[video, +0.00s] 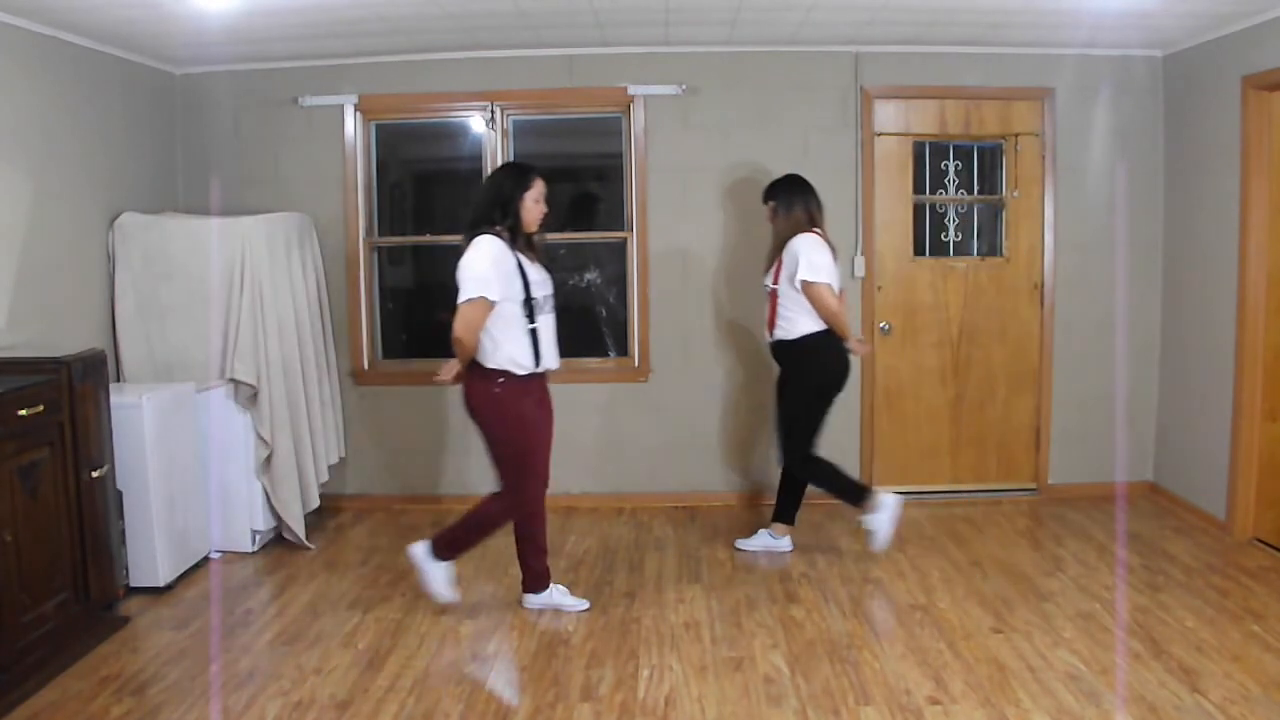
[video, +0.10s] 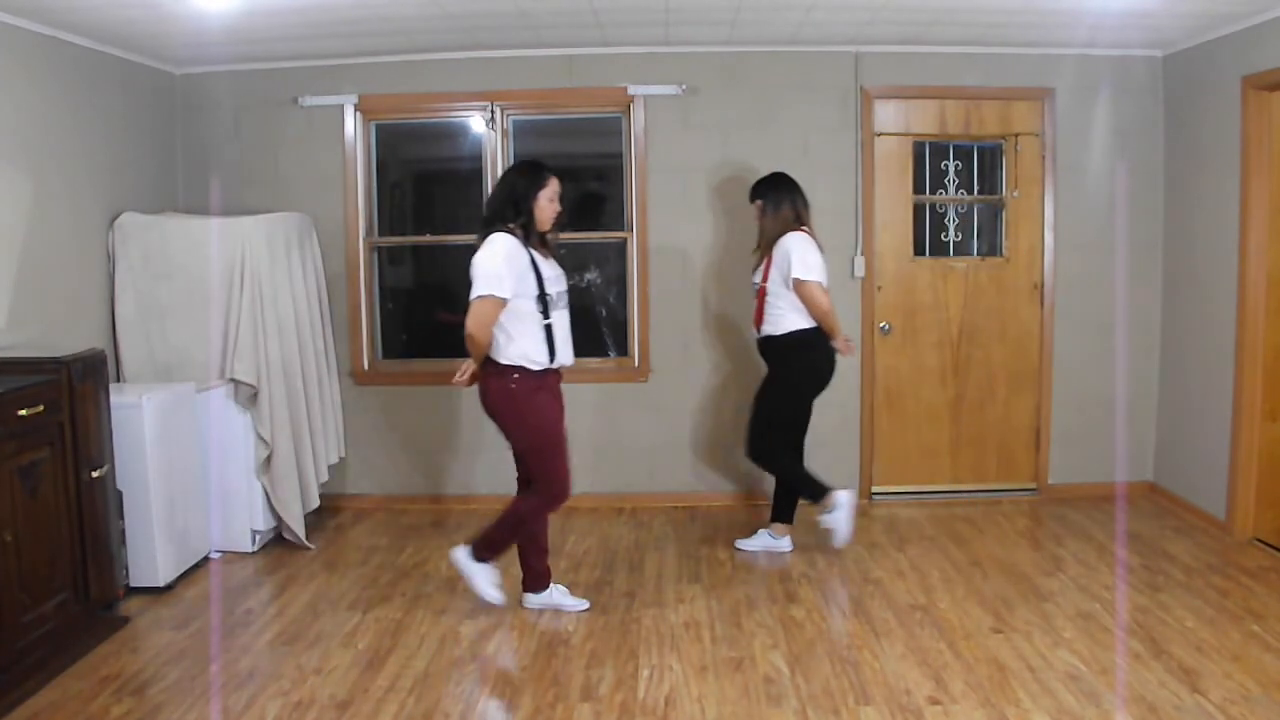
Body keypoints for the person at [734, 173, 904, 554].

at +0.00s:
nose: (769, 219)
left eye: (773, 211)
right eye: (769, 212)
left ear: (790, 209)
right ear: (804, 208)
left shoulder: (805, 244)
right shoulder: (808, 244)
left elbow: (821, 296)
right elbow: (837, 294)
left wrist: (847, 337)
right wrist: (844, 335)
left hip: (811, 355)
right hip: (807, 355)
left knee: (797, 453)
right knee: (796, 451)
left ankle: (874, 504)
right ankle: (779, 530)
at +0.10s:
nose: (757, 217)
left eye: (761, 209)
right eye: (756, 210)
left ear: (778, 207)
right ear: (788, 205)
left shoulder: (794, 242)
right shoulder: (783, 245)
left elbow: (811, 293)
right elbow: (806, 295)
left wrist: (836, 334)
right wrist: (835, 334)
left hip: (799, 352)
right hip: (792, 351)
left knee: (762, 445)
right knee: (787, 444)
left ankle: (830, 500)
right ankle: (779, 529)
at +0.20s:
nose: (744, 217)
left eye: (748, 209)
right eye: (743, 209)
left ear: (765, 207)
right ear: (775, 206)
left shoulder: (783, 242)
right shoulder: (772, 245)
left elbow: (801, 293)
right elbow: (795, 295)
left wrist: (825, 335)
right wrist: (824, 335)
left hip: (785, 352)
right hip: (782, 351)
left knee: (739, 439)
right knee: (782, 442)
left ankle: (799, 502)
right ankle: (778, 529)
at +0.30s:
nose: (731, 218)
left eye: (734, 209)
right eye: (730, 210)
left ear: (751, 208)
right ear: (761, 207)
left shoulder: (770, 243)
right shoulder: (762, 246)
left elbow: (791, 296)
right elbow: (786, 298)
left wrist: (812, 337)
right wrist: (812, 336)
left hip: (774, 353)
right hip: (771, 352)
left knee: (722, 437)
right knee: (777, 441)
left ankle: (778, 504)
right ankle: (776, 531)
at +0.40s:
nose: (720, 220)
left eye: (723, 211)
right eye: (719, 212)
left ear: (740, 209)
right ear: (750, 208)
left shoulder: (759, 244)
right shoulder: (752, 246)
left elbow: (777, 296)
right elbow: (775, 298)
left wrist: (801, 337)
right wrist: (800, 336)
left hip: (762, 353)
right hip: (759, 352)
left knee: (708, 436)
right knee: (769, 443)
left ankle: (750, 513)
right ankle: (778, 528)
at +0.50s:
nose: (707, 224)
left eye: (709, 215)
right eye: (705, 216)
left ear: (727, 212)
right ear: (733, 213)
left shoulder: (748, 247)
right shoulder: (734, 250)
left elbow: (764, 295)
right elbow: (756, 299)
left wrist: (787, 339)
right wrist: (783, 338)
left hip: (750, 357)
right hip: (743, 356)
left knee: (695, 439)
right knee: (760, 446)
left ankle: (705, 530)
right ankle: (777, 530)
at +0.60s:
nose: (691, 226)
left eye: (695, 218)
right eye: (689, 218)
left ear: (714, 216)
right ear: (718, 216)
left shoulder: (734, 251)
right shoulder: (717, 255)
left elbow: (750, 300)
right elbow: (738, 304)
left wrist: (774, 344)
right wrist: (771, 342)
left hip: (735, 362)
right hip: (724, 360)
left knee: (685, 446)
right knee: (748, 447)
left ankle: (654, 536)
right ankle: (776, 530)